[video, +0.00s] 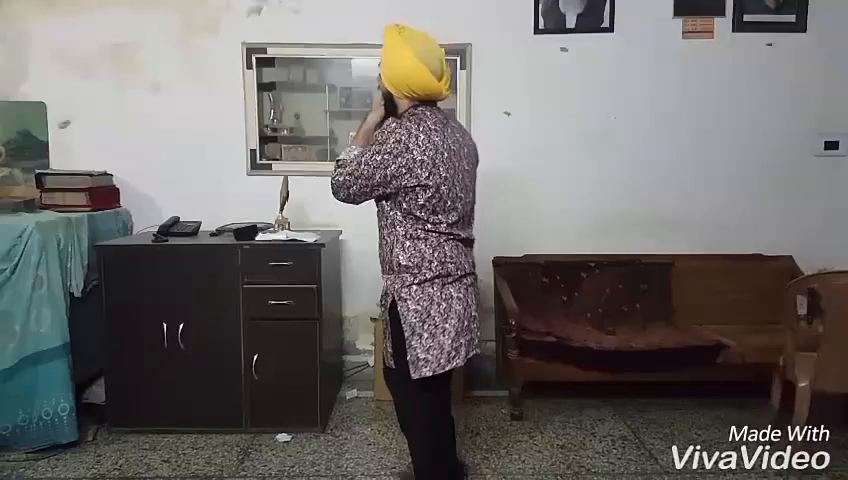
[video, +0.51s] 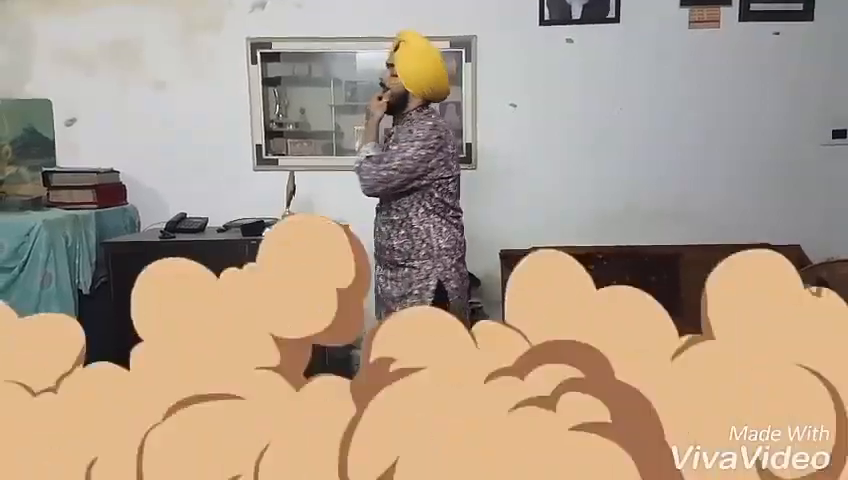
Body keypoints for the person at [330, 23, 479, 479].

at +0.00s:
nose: (381, 80)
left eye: (383, 74)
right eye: (385, 72)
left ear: (392, 85)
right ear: (435, 80)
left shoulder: (405, 140)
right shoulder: (459, 135)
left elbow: (345, 185)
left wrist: (362, 134)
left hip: (416, 293)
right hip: (456, 285)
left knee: (415, 405)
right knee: (434, 397)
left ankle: (434, 472)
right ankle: (444, 465)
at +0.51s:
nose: (384, 78)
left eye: (392, 71)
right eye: (387, 71)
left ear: (415, 80)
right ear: (412, 80)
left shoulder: (430, 130)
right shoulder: (400, 128)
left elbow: (373, 180)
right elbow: (375, 174)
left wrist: (371, 124)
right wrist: (373, 121)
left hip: (426, 267)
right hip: (398, 265)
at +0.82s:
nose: (408, 71)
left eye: (421, 66)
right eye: (406, 63)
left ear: (442, 76)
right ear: (400, 67)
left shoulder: (454, 128)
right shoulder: (381, 126)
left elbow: (416, 180)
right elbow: (362, 178)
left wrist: (401, 117)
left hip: (437, 247)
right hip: (386, 241)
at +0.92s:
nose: (417, 68)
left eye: (429, 63)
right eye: (412, 60)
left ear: (447, 75)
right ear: (404, 67)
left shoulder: (459, 124)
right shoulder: (382, 120)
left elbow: (436, 175)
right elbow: (362, 173)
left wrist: (411, 113)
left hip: (440, 245)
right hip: (385, 240)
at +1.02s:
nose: (424, 64)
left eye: (436, 59)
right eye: (420, 56)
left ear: (453, 71)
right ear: (411, 61)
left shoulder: (463, 121)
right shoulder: (387, 115)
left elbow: (448, 174)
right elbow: (356, 170)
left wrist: (420, 108)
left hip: (446, 249)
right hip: (391, 247)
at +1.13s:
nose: (432, 61)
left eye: (443, 56)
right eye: (427, 53)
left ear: (460, 70)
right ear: (414, 60)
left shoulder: (469, 119)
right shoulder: (390, 115)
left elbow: (460, 170)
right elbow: (361, 163)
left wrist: (430, 107)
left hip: (450, 250)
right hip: (393, 248)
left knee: (449, 345)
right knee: (396, 345)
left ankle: (446, 451)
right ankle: (402, 444)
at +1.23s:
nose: (438, 58)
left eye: (450, 54)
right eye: (433, 50)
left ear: (465, 67)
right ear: (419, 57)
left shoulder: (475, 116)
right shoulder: (391, 113)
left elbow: (470, 163)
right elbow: (366, 178)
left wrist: (439, 104)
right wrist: (370, 251)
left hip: (458, 253)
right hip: (400, 254)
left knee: (458, 357)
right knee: (412, 359)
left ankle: (458, 455)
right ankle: (426, 453)